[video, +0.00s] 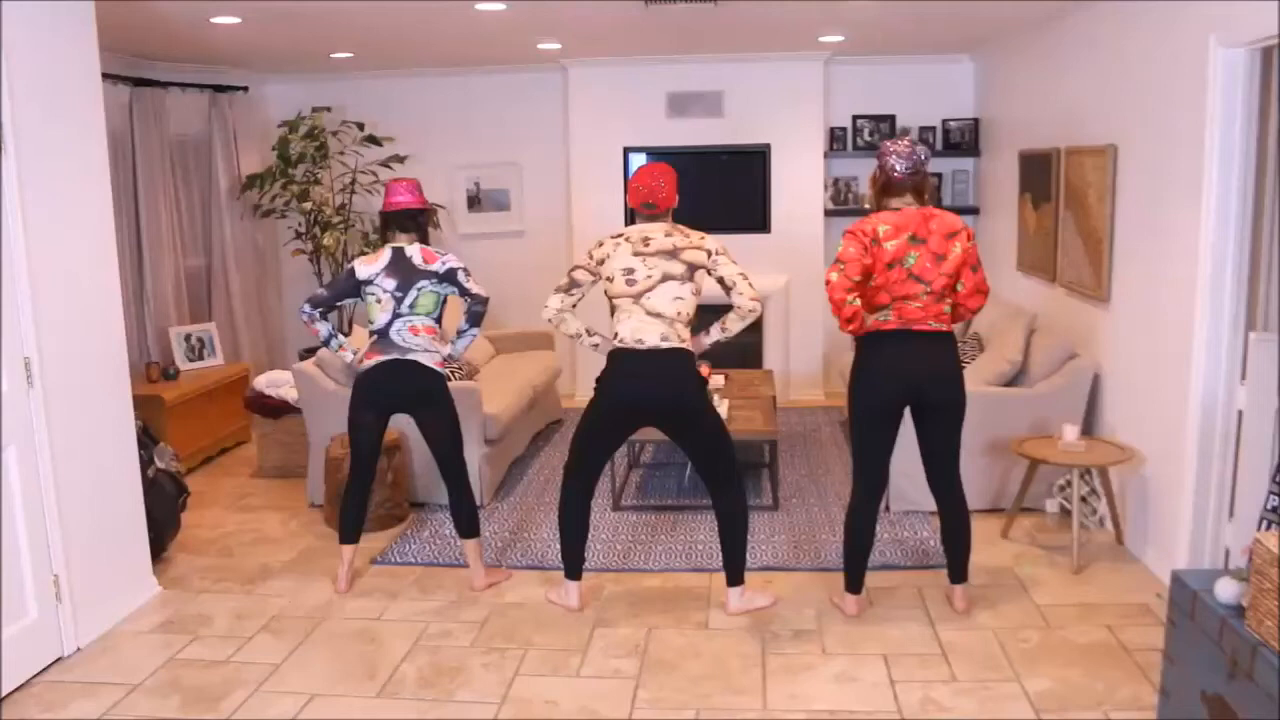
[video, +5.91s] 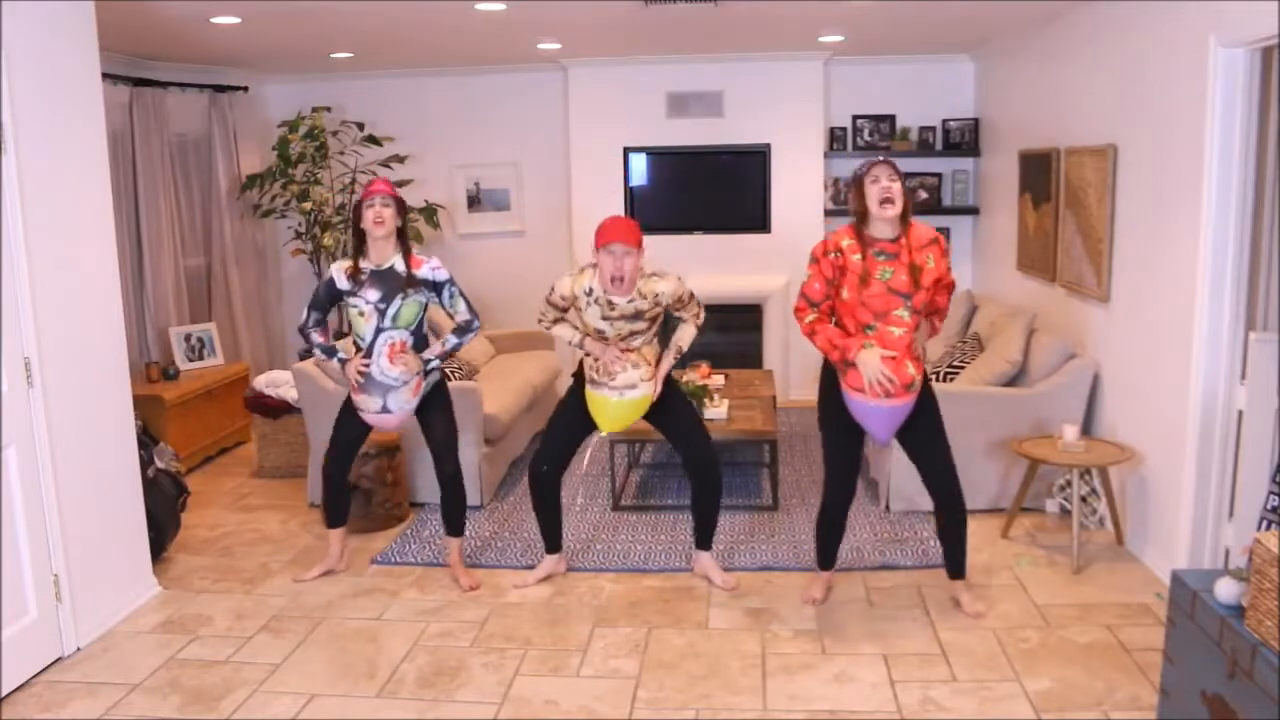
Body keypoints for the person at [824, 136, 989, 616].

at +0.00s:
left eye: (877, 177)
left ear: (878, 182)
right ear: (925, 181)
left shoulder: (866, 230)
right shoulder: (953, 227)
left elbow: (838, 285)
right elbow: (974, 292)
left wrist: (860, 328)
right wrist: (944, 323)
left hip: (880, 360)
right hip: (939, 360)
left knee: (868, 482)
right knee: (947, 479)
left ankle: (852, 594)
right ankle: (959, 590)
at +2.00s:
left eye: (879, 175)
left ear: (879, 182)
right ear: (928, 181)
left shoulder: (862, 229)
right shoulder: (953, 227)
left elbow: (833, 286)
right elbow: (975, 292)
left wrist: (861, 325)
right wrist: (944, 322)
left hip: (879, 358)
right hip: (938, 358)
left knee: (867, 481)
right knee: (947, 478)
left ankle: (853, 594)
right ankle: (959, 590)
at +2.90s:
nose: (859, 203)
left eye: (859, 196)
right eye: (861, 196)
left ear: (865, 194)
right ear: (901, 186)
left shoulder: (864, 232)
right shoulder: (946, 225)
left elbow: (868, 297)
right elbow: (969, 295)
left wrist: (864, 338)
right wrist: (942, 332)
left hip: (895, 361)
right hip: (950, 359)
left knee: (876, 481)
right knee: (941, 475)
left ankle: (870, 592)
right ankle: (956, 586)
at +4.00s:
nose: (832, 232)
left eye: (829, 223)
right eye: (826, 225)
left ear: (845, 207)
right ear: (853, 202)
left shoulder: (873, 233)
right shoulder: (910, 222)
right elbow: (934, 270)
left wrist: (841, 330)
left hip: (906, 357)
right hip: (940, 352)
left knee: (875, 471)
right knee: (912, 467)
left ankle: (884, 585)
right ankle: (930, 570)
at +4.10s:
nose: (829, 236)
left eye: (827, 228)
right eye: (823, 231)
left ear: (843, 212)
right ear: (842, 211)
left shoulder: (879, 235)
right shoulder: (892, 225)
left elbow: (912, 287)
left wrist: (882, 332)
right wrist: (841, 329)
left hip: (909, 359)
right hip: (926, 355)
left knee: (877, 471)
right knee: (895, 467)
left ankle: (884, 586)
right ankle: (928, 566)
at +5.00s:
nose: (858, 211)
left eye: (866, 200)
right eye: (849, 202)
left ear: (883, 192)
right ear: (839, 199)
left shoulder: (921, 230)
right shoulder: (832, 230)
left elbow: (939, 299)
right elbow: (814, 286)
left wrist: (880, 320)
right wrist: (818, 314)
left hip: (907, 359)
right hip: (853, 358)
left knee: (893, 470)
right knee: (857, 468)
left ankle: (898, 581)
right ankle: (861, 565)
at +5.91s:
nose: (886, 186)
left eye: (893, 179)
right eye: (875, 180)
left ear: (904, 191)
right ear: (860, 194)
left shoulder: (928, 243)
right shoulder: (835, 248)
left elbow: (942, 290)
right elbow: (808, 311)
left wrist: (926, 325)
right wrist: (854, 352)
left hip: (907, 373)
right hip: (846, 375)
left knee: (945, 483)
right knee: (840, 483)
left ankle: (958, 582)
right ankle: (823, 573)